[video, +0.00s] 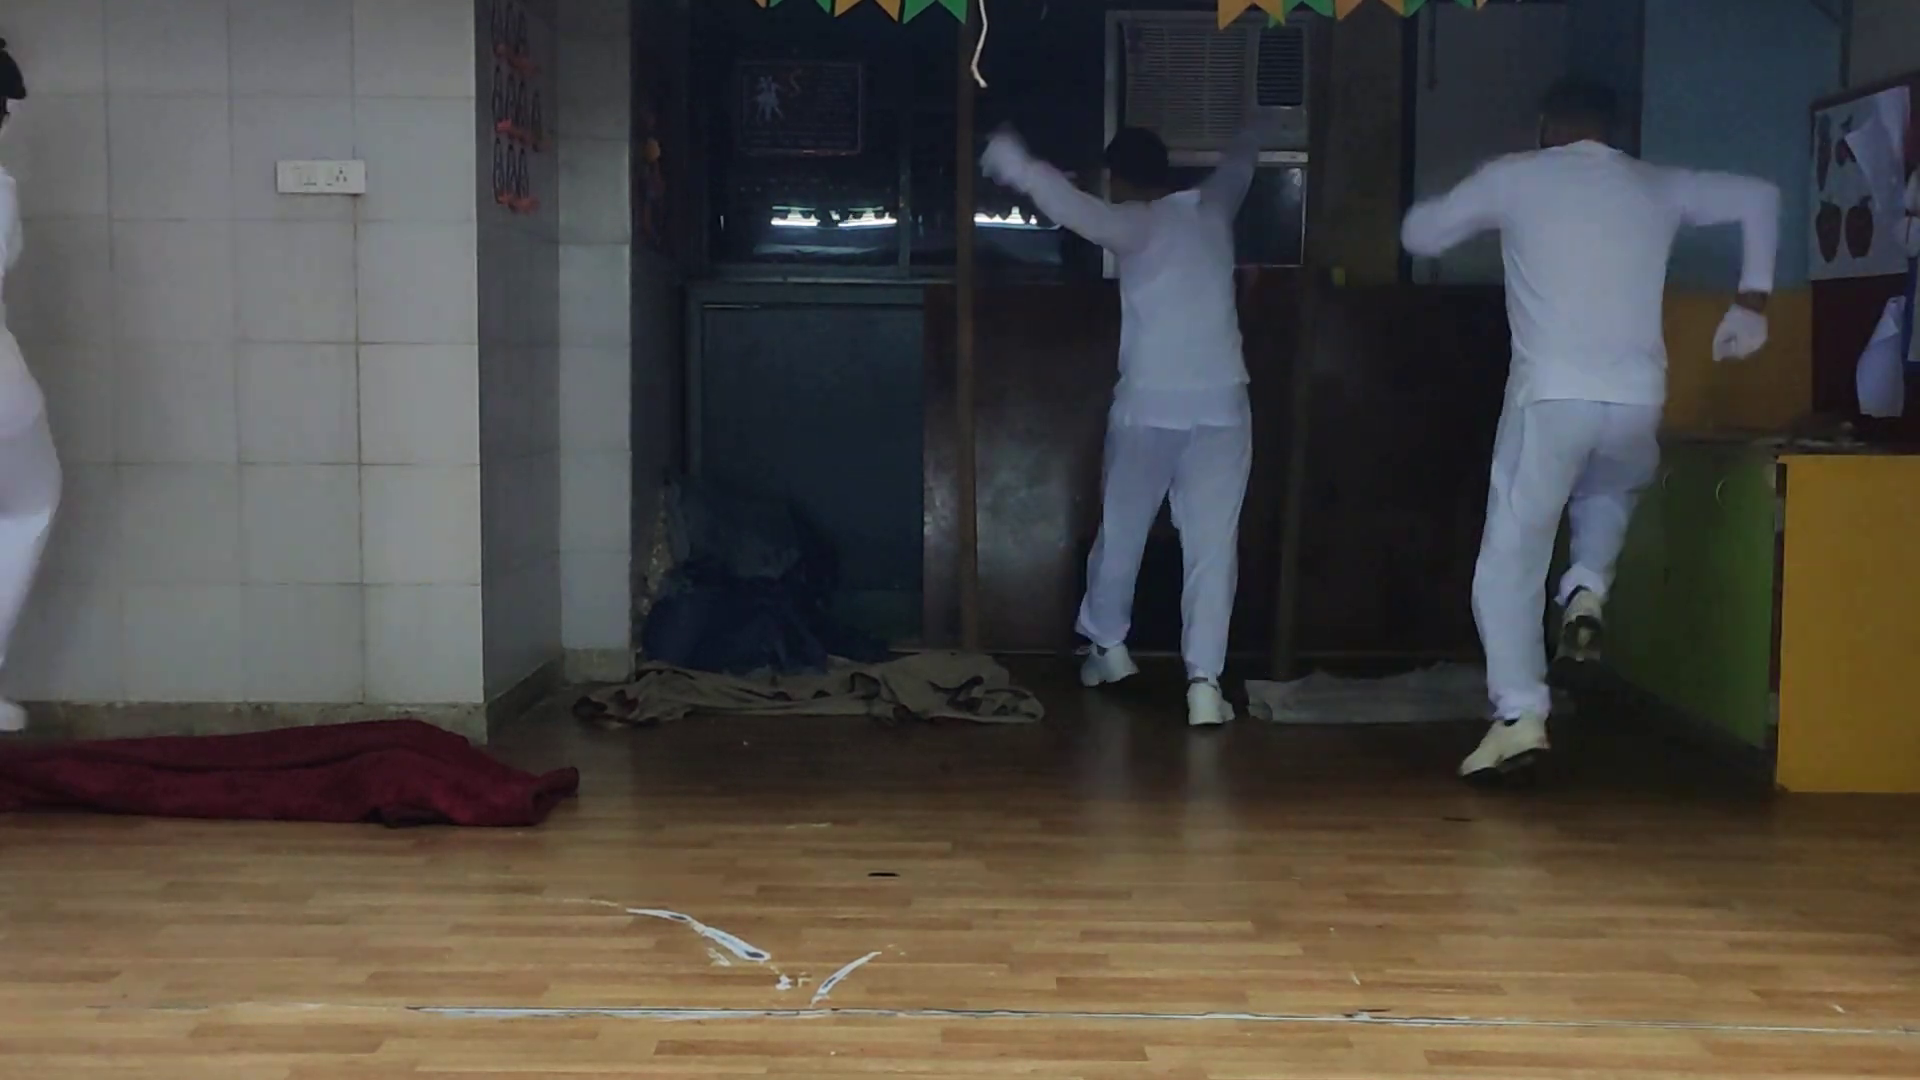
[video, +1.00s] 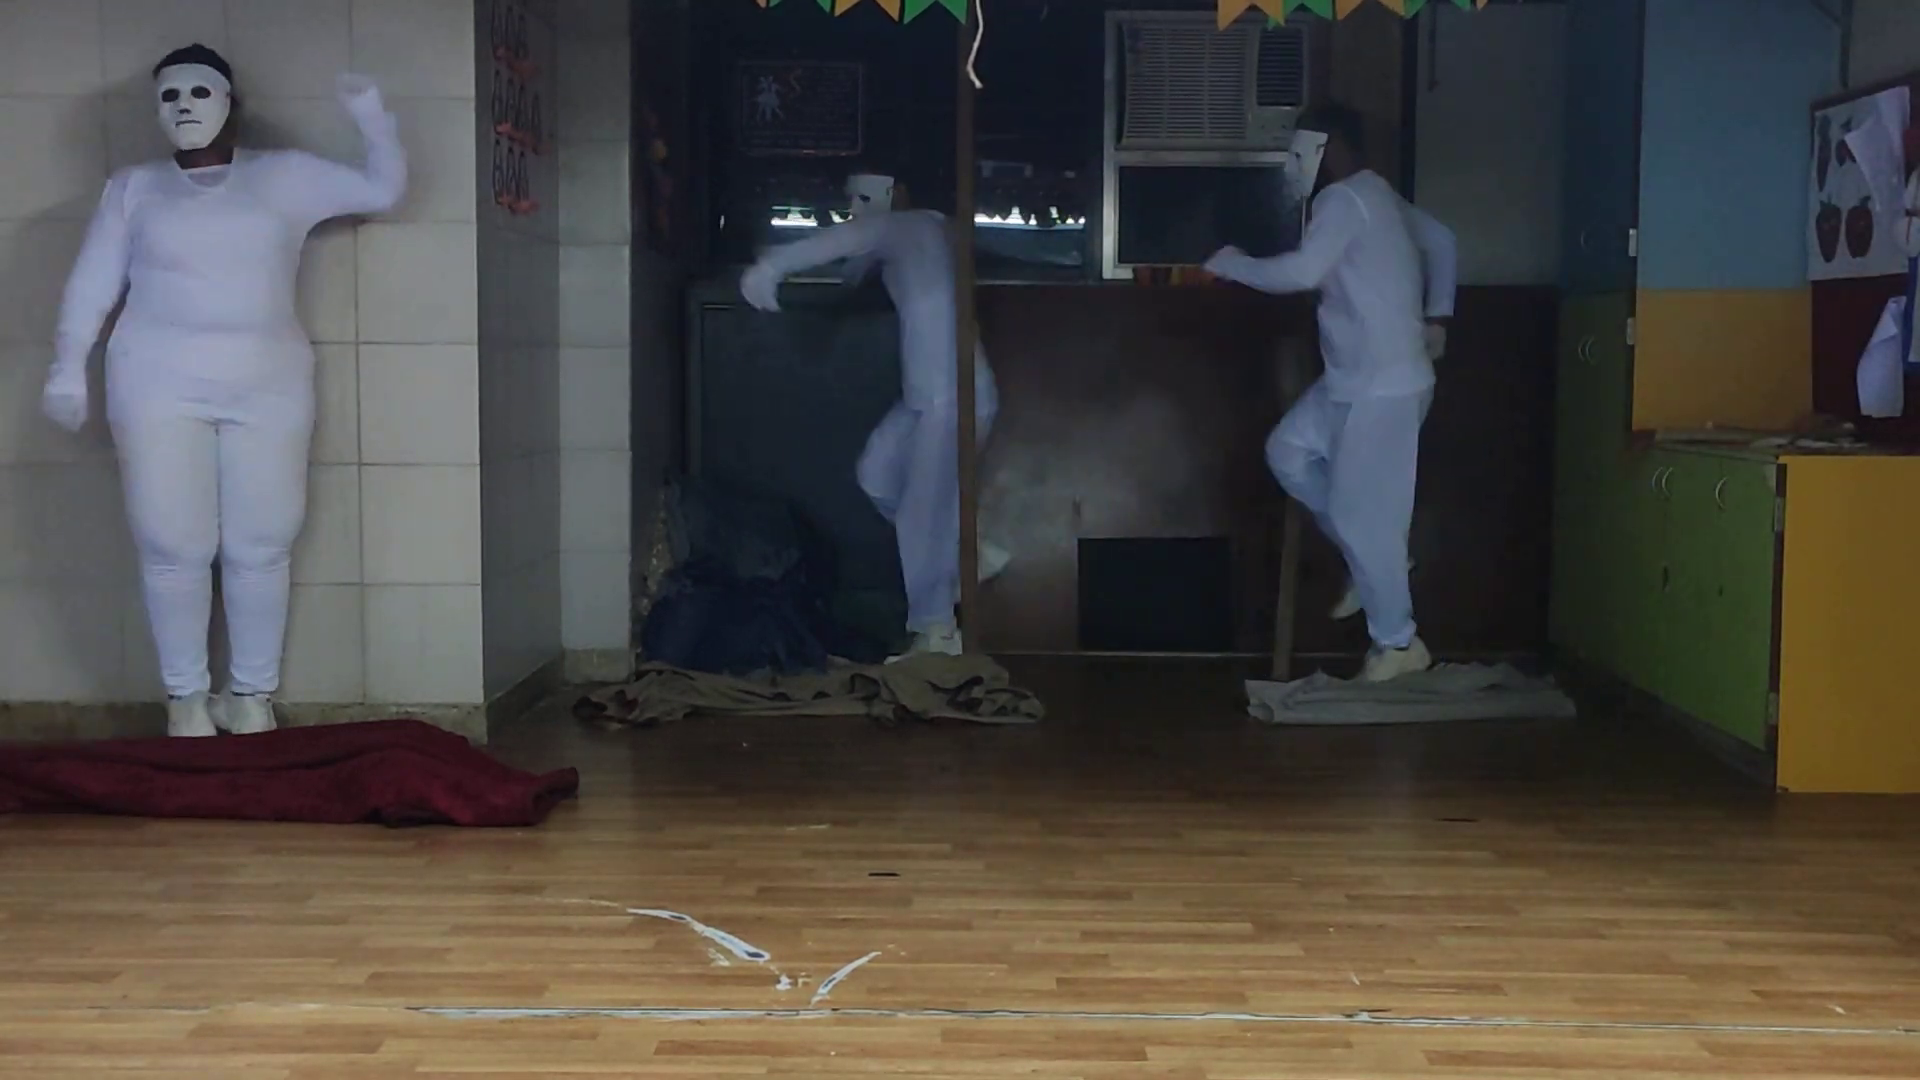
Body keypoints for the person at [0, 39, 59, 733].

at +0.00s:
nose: (6, 115)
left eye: (8, 102)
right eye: (6, 102)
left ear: (11, 104)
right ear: (3, 102)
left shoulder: (6, 187)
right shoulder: (4, 188)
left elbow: (8, 252)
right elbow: (8, 253)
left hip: (5, 352)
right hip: (5, 356)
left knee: (30, 492)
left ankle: (0, 685)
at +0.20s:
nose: (69, 182)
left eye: (71, 170)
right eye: (67, 169)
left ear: (16, 156)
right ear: (51, 167)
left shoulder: (41, 239)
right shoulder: (29, 242)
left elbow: (51, 359)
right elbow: (17, 367)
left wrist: (67, 456)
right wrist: (21, 473)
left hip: (49, 448)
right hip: (39, 452)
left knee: (38, 572)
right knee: (42, 574)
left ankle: (6, 713)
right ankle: (4, 714)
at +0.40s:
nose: (126, 181)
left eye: (132, 168)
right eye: (124, 164)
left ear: (80, 137)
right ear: (93, 142)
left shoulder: (34, 185)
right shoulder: (45, 196)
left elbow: (63, 300)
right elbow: (93, 289)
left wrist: (126, 307)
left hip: (68, 417)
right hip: (47, 424)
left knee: (123, 529)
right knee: (43, 567)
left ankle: (13, 653)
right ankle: (5, 706)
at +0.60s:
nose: (173, 146)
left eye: (180, 136)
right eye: (167, 132)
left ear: (172, 136)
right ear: (137, 123)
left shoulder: (158, 217)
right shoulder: (80, 181)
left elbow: (170, 306)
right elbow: (166, 159)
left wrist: (240, 336)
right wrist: (259, 87)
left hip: (167, 396)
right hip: (85, 397)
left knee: (199, 542)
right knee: (53, 560)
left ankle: (221, 695)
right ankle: (1, 703)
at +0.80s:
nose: (225, 166)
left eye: (242, 162)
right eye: (217, 147)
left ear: (252, 176)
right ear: (188, 141)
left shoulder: (250, 233)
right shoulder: (130, 204)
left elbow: (286, 321)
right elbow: (90, 259)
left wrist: (328, 313)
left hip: (245, 424)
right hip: (146, 426)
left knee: (262, 557)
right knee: (119, 574)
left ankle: (224, 708)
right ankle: (44, 698)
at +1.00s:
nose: (185, 108)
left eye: (200, 93)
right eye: (171, 96)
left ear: (229, 101)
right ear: (158, 109)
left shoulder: (282, 179)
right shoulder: (134, 191)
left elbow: (382, 190)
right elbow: (92, 284)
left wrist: (375, 124)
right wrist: (69, 368)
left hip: (268, 389)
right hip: (159, 390)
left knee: (260, 548)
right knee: (174, 549)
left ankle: (252, 699)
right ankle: (187, 701)